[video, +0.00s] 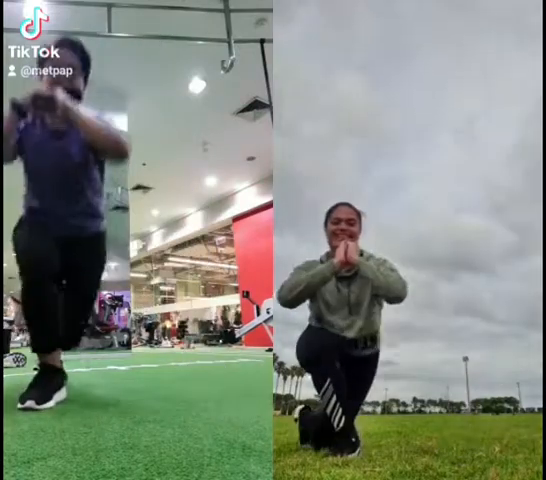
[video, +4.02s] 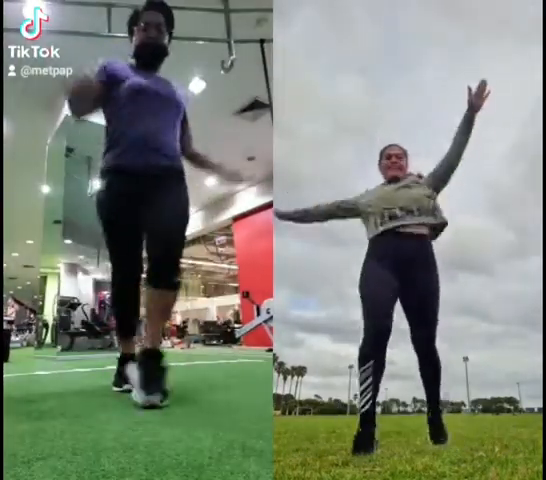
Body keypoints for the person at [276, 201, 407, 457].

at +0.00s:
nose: (343, 228)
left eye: (351, 223)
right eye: (336, 223)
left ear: (360, 230)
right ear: (326, 230)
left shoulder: (373, 264)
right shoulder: (314, 267)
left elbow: (398, 293)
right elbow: (286, 298)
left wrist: (359, 262)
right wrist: (332, 266)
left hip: (363, 353)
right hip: (325, 344)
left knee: (340, 427)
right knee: (312, 347)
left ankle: (309, 423)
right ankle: (347, 437)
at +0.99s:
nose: (390, 211)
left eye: (398, 205)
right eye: (382, 205)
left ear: (409, 213)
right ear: (372, 214)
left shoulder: (424, 249)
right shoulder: (357, 256)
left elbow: (457, 278)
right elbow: (335, 295)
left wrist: (409, 248)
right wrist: (381, 255)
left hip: (423, 335)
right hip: (375, 337)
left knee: (460, 341)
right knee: (336, 345)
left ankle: (468, 436)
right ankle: (351, 437)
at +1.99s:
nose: (408, 128)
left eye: (414, 123)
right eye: (402, 124)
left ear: (423, 130)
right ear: (392, 132)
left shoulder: (435, 167)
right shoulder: (380, 164)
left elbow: (450, 210)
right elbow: (360, 205)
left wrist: (487, 203)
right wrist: (372, 174)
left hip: (431, 246)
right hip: (390, 248)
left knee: (427, 319)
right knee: (393, 326)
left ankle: (428, 412)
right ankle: (413, 410)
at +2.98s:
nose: (396, 140)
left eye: (401, 136)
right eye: (390, 137)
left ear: (410, 143)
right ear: (382, 146)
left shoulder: (423, 175)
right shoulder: (371, 177)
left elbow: (461, 193)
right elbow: (343, 209)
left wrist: (456, 159)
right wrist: (330, 184)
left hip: (417, 252)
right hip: (378, 252)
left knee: (424, 329)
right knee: (366, 325)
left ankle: (427, 406)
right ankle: (349, 407)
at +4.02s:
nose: (394, 160)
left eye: (399, 156)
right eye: (388, 158)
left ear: (409, 165)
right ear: (380, 169)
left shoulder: (426, 186)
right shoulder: (369, 199)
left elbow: (454, 152)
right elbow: (325, 211)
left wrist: (470, 113)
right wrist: (285, 214)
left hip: (420, 257)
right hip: (381, 257)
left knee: (425, 342)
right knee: (375, 335)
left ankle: (434, 415)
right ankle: (366, 427)